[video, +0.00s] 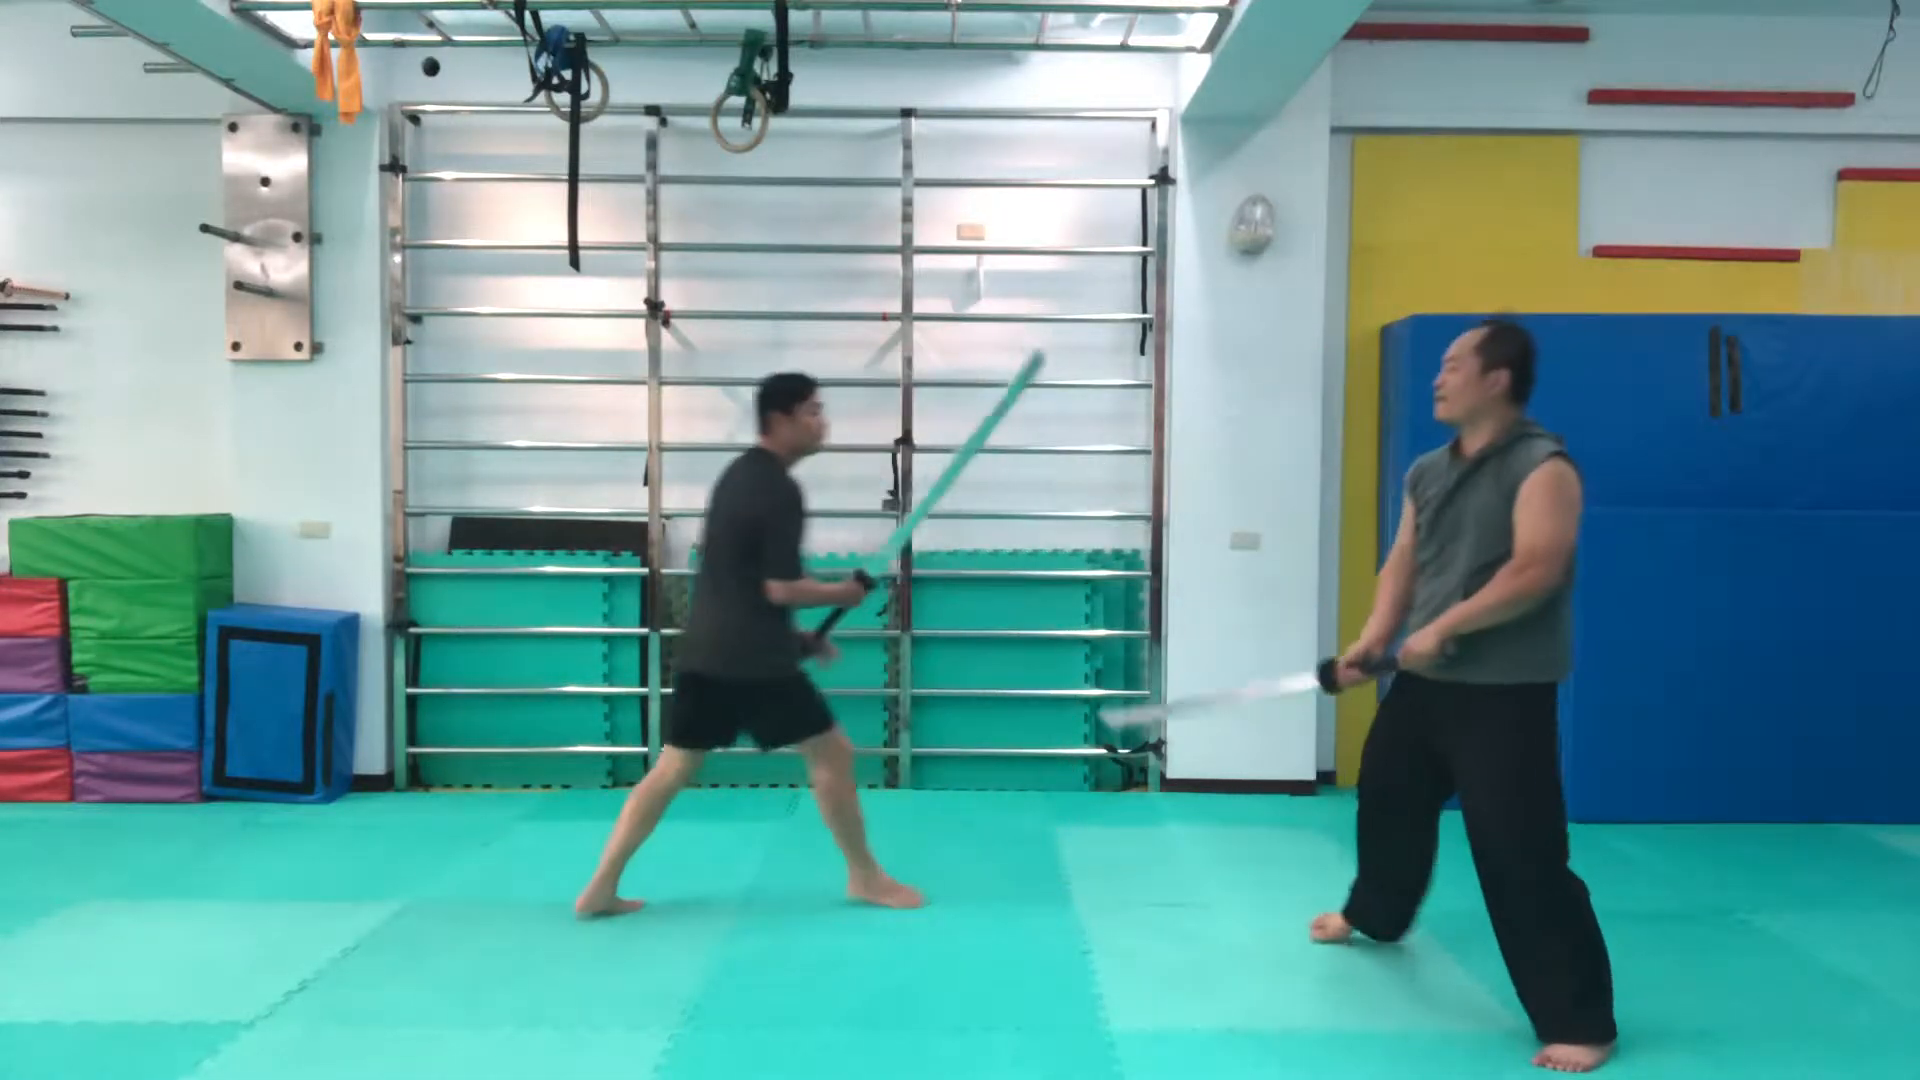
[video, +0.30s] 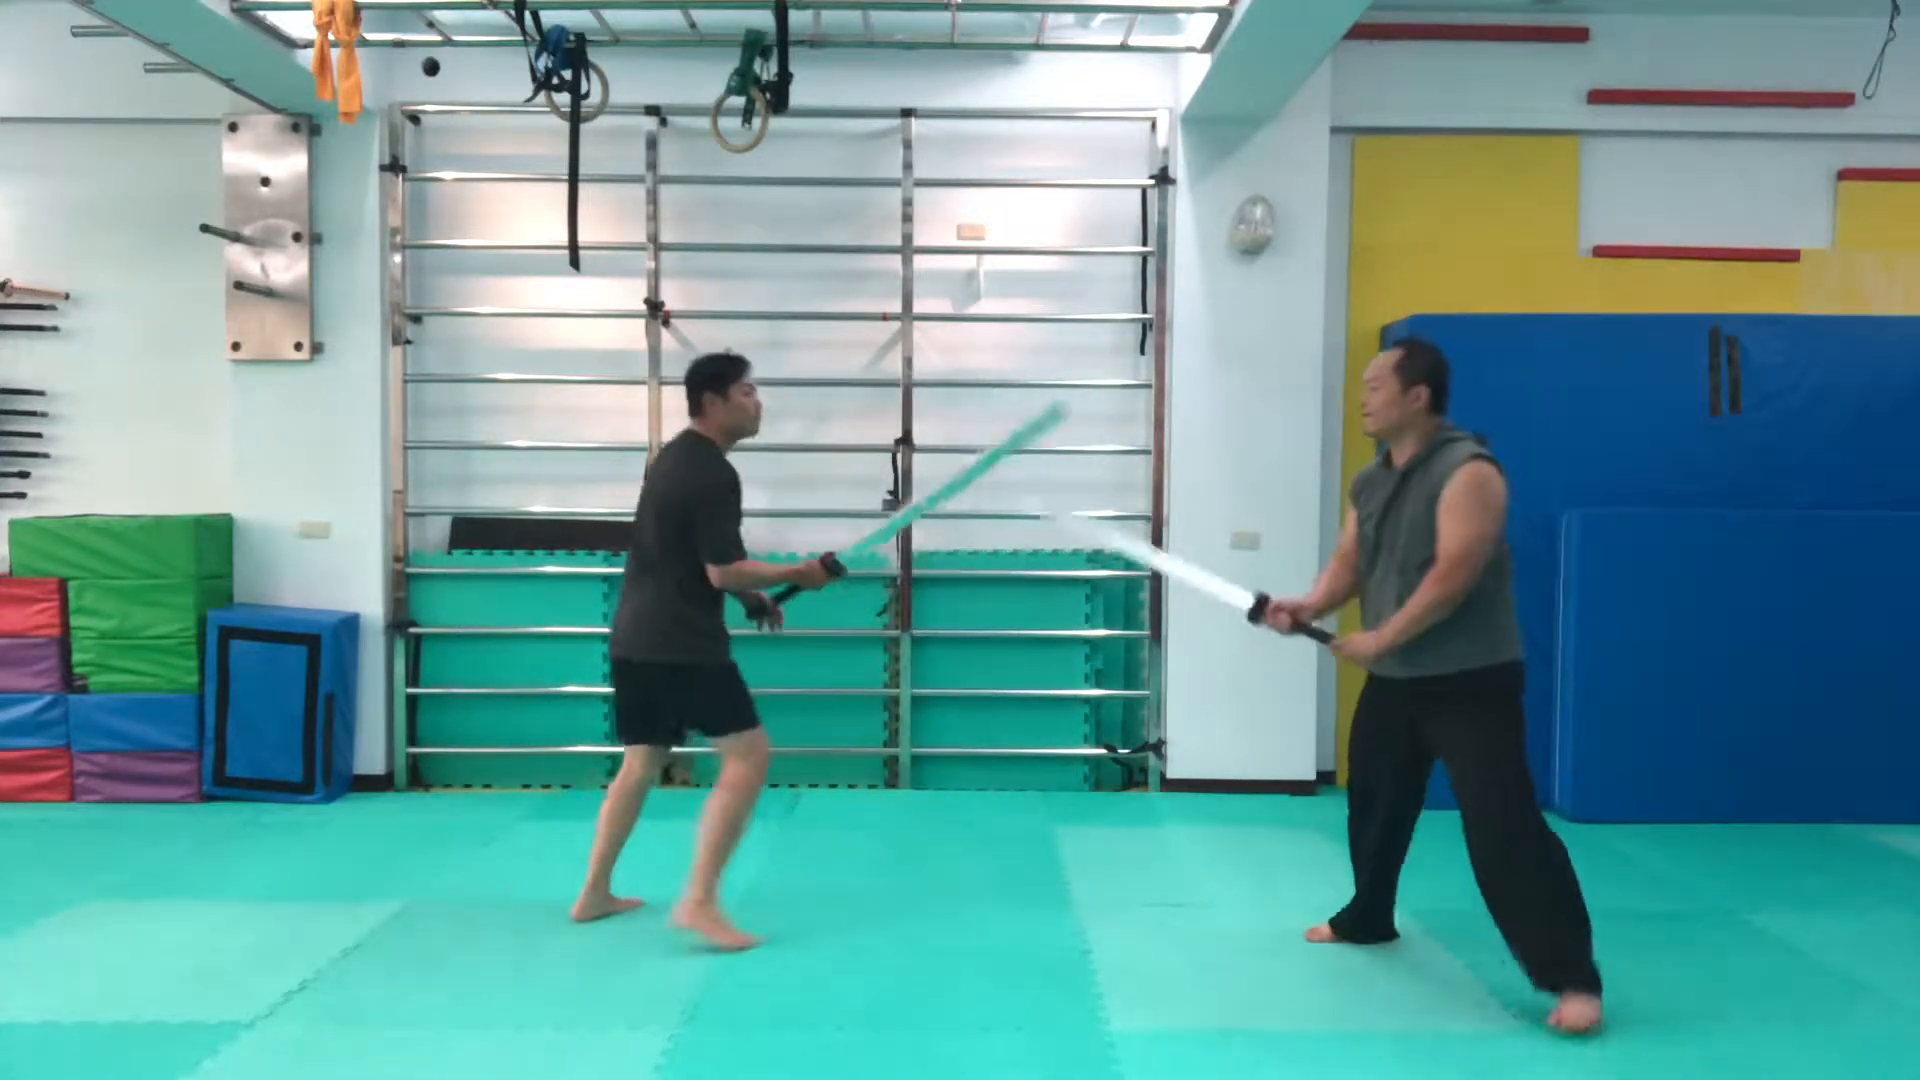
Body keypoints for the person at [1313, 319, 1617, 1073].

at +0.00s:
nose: (1438, 378)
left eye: (1453, 368)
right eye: (1441, 367)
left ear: (1500, 381)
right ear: (1474, 383)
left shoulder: (1543, 467)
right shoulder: (1428, 473)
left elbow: (1539, 570)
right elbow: (1401, 568)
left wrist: (1444, 630)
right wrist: (1371, 641)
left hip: (1504, 698)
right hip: (1423, 691)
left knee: (1524, 864)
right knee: (1388, 796)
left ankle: (1581, 1027)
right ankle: (1377, 914)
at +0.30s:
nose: (1363, 398)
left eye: (1375, 387)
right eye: (1363, 387)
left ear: (1419, 397)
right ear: (1393, 398)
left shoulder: (1469, 473)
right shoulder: (1371, 484)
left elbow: (1456, 573)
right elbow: (1348, 564)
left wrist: (1386, 637)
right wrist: (1309, 605)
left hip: (1472, 681)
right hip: (1395, 679)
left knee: (1505, 825)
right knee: (1374, 798)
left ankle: (1575, 981)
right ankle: (1369, 917)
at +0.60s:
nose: (1391, 400)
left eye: (1403, 389)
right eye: (1392, 389)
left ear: (1448, 398)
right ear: (1428, 400)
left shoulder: (1486, 476)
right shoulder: (1398, 481)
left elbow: (1460, 573)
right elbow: (1365, 558)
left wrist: (1388, 627)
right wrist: (1315, 590)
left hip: (1481, 682)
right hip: (1403, 679)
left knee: (1521, 819)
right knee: (1368, 791)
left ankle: (1588, 963)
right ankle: (1367, 917)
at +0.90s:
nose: (1410, 396)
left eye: (1424, 386)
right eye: (1412, 385)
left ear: (1468, 396)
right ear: (1443, 398)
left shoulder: (1505, 474)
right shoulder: (1410, 478)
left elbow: (1477, 570)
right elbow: (1376, 555)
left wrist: (1402, 626)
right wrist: (1327, 590)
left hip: (1487, 683)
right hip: (1405, 679)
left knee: (1525, 821)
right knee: (1372, 795)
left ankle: (1586, 965)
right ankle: (1365, 918)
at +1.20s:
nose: (1403, 398)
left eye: (1416, 388)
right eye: (1404, 388)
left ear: (1460, 397)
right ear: (1435, 399)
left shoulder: (1497, 474)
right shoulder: (1405, 480)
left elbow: (1471, 565)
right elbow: (1367, 558)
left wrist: (1391, 619)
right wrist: (1316, 586)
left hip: (1481, 680)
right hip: (1400, 676)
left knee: (1520, 820)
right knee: (1365, 790)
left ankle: (1586, 966)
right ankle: (1366, 918)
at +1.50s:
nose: (1397, 413)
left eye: (1410, 402)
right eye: (1396, 401)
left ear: (1455, 406)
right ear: (1418, 409)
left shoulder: (1505, 470)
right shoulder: (1392, 486)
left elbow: (1442, 545)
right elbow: (1325, 534)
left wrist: (1348, 577)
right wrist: (1259, 557)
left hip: (1508, 686)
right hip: (1416, 687)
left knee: (1551, 819)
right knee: (1381, 798)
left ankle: (1613, 973)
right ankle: (1369, 918)